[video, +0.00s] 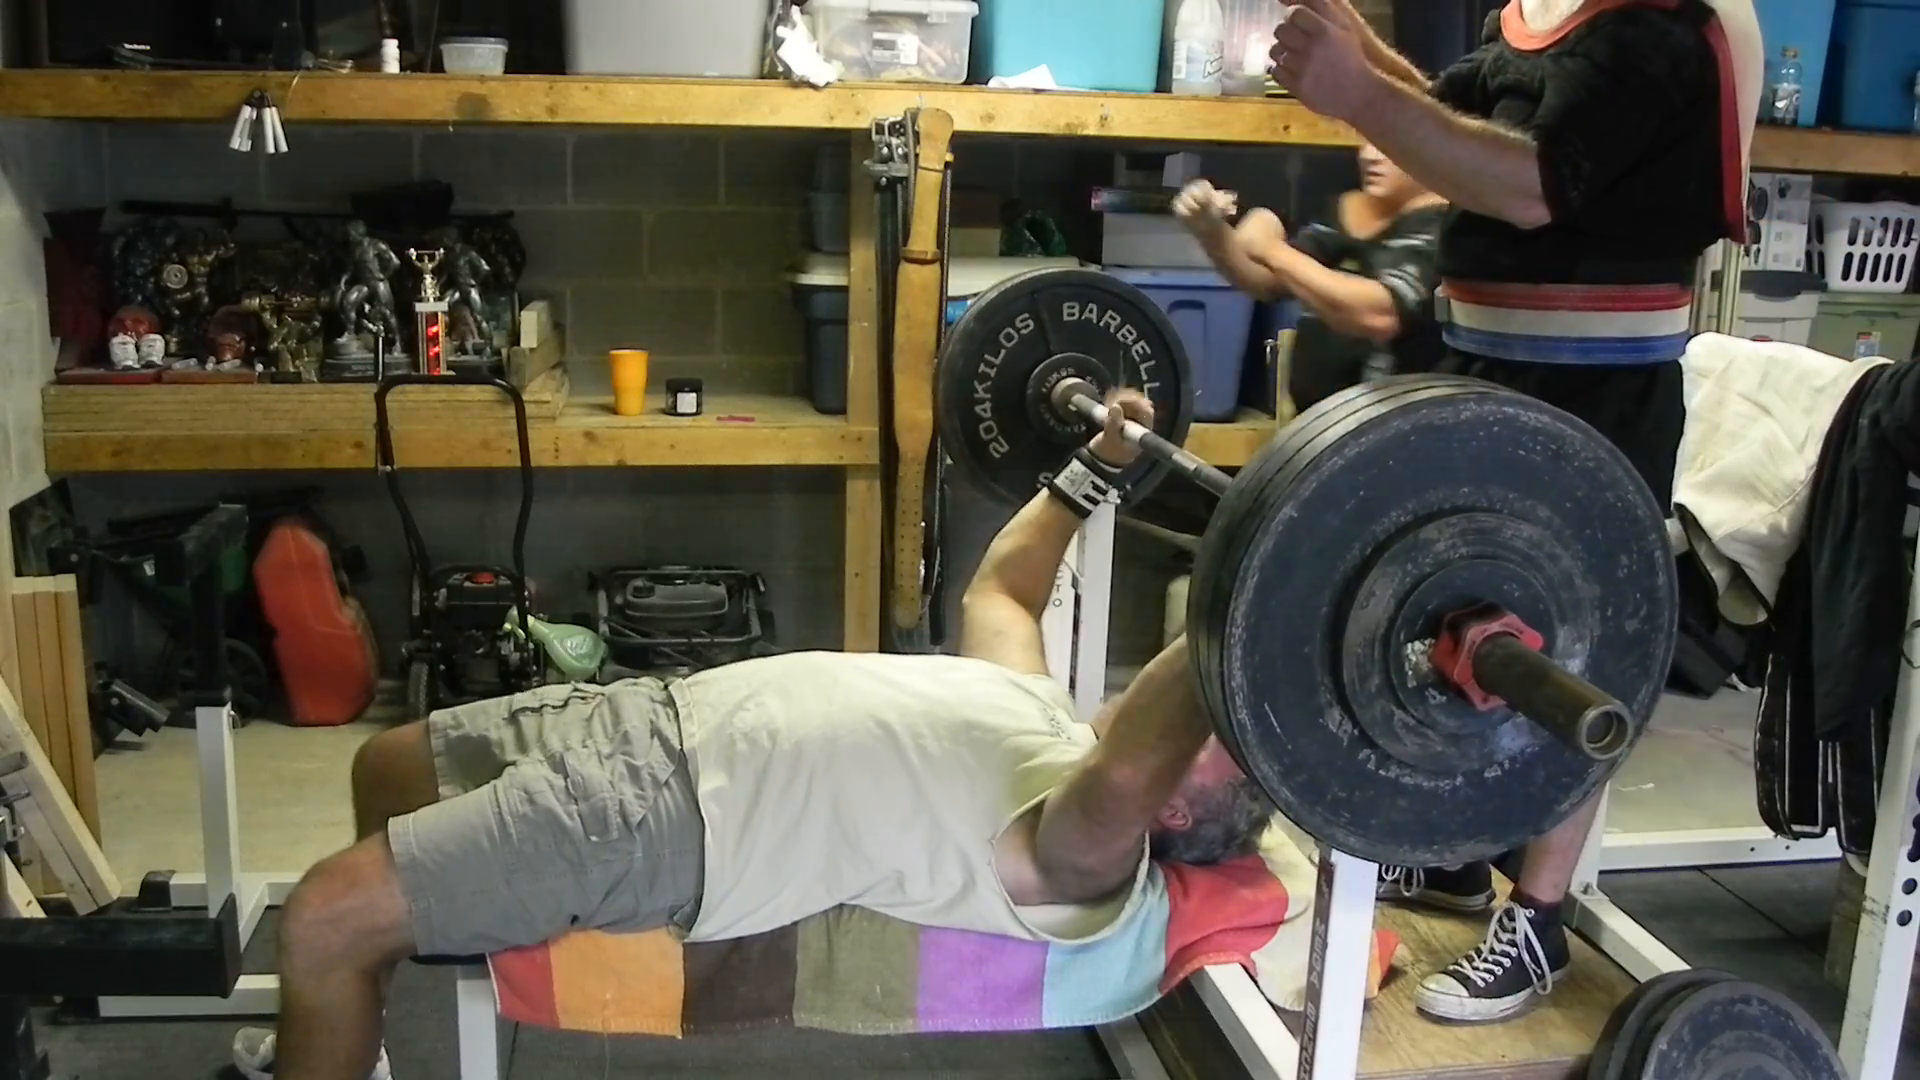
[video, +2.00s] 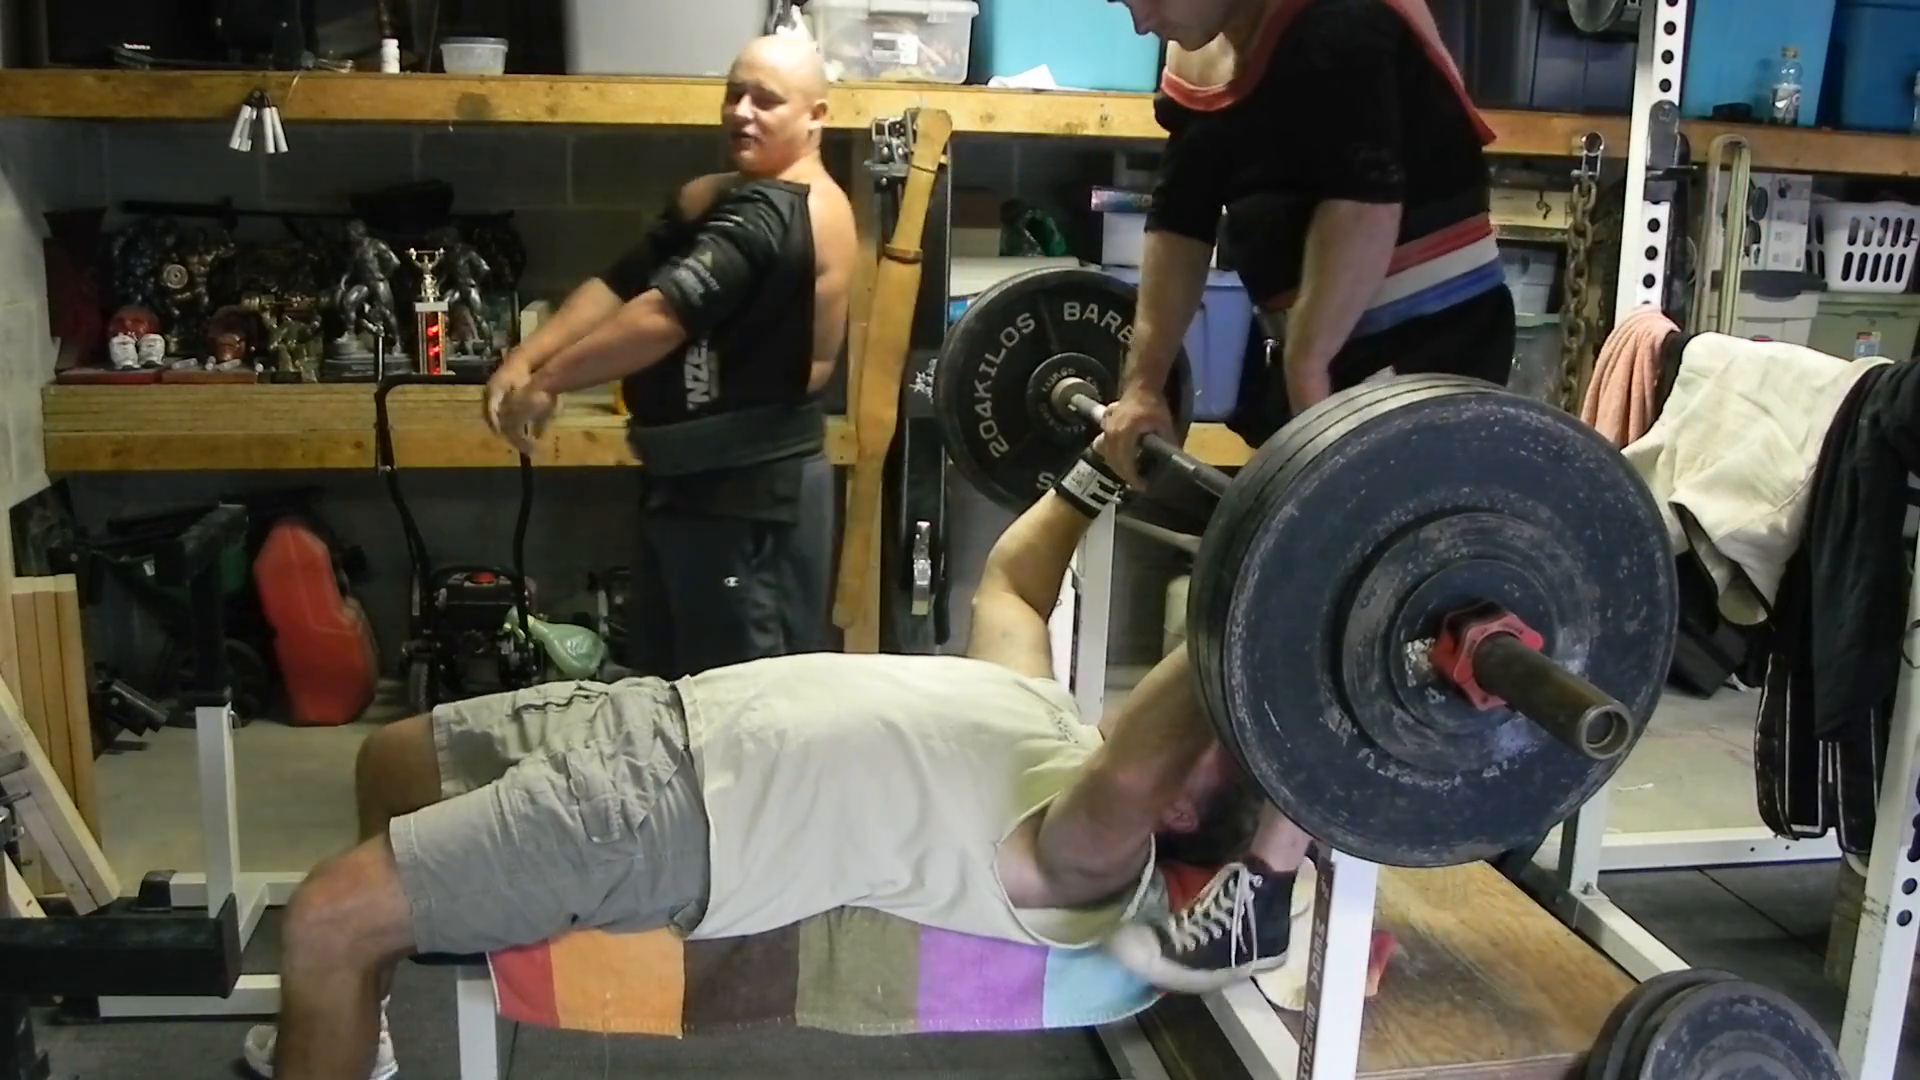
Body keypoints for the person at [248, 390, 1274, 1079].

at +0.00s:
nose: (1191, 734)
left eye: (1220, 744)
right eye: (1207, 720)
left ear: (1214, 801)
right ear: (1184, 736)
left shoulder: (1080, 853)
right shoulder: (1026, 714)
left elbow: (1143, 753)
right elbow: (1008, 588)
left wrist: (1258, 608)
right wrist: (1091, 469)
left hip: (667, 818)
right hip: (648, 709)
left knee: (325, 921)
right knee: (386, 766)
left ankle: (331, 1065)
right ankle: (407, 991)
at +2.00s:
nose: (1181, 727)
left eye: (1207, 742)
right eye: (1203, 723)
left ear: (1202, 812)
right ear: (1187, 729)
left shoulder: (1078, 865)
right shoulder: (1043, 716)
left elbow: (1143, 754)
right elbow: (1013, 585)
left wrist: (1275, 596)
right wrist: (1104, 464)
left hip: (662, 817)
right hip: (648, 712)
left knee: (323, 922)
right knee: (391, 762)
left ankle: (332, 1064)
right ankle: (374, 1016)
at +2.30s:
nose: (1181, 725)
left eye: (1219, 746)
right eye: (1210, 719)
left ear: (1206, 829)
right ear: (1191, 726)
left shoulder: (1071, 867)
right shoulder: (1031, 722)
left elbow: (1130, 762)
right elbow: (1014, 584)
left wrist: (1258, 605)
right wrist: (1103, 468)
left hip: (652, 815)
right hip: (642, 715)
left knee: (307, 913)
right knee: (380, 762)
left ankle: (334, 1057)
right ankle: (378, 1002)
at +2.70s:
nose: (1187, 727)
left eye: (1227, 749)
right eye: (1215, 723)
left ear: (1213, 836)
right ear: (1194, 719)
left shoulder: (1080, 872)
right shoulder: (1046, 725)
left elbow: (1140, 765)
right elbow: (1014, 587)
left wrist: (1266, 604)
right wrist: (1095, 478)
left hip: (665, 820)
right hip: (656, 715)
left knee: (323, 916)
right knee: (385, 766)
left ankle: (330, 1057)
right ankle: (348, 987)